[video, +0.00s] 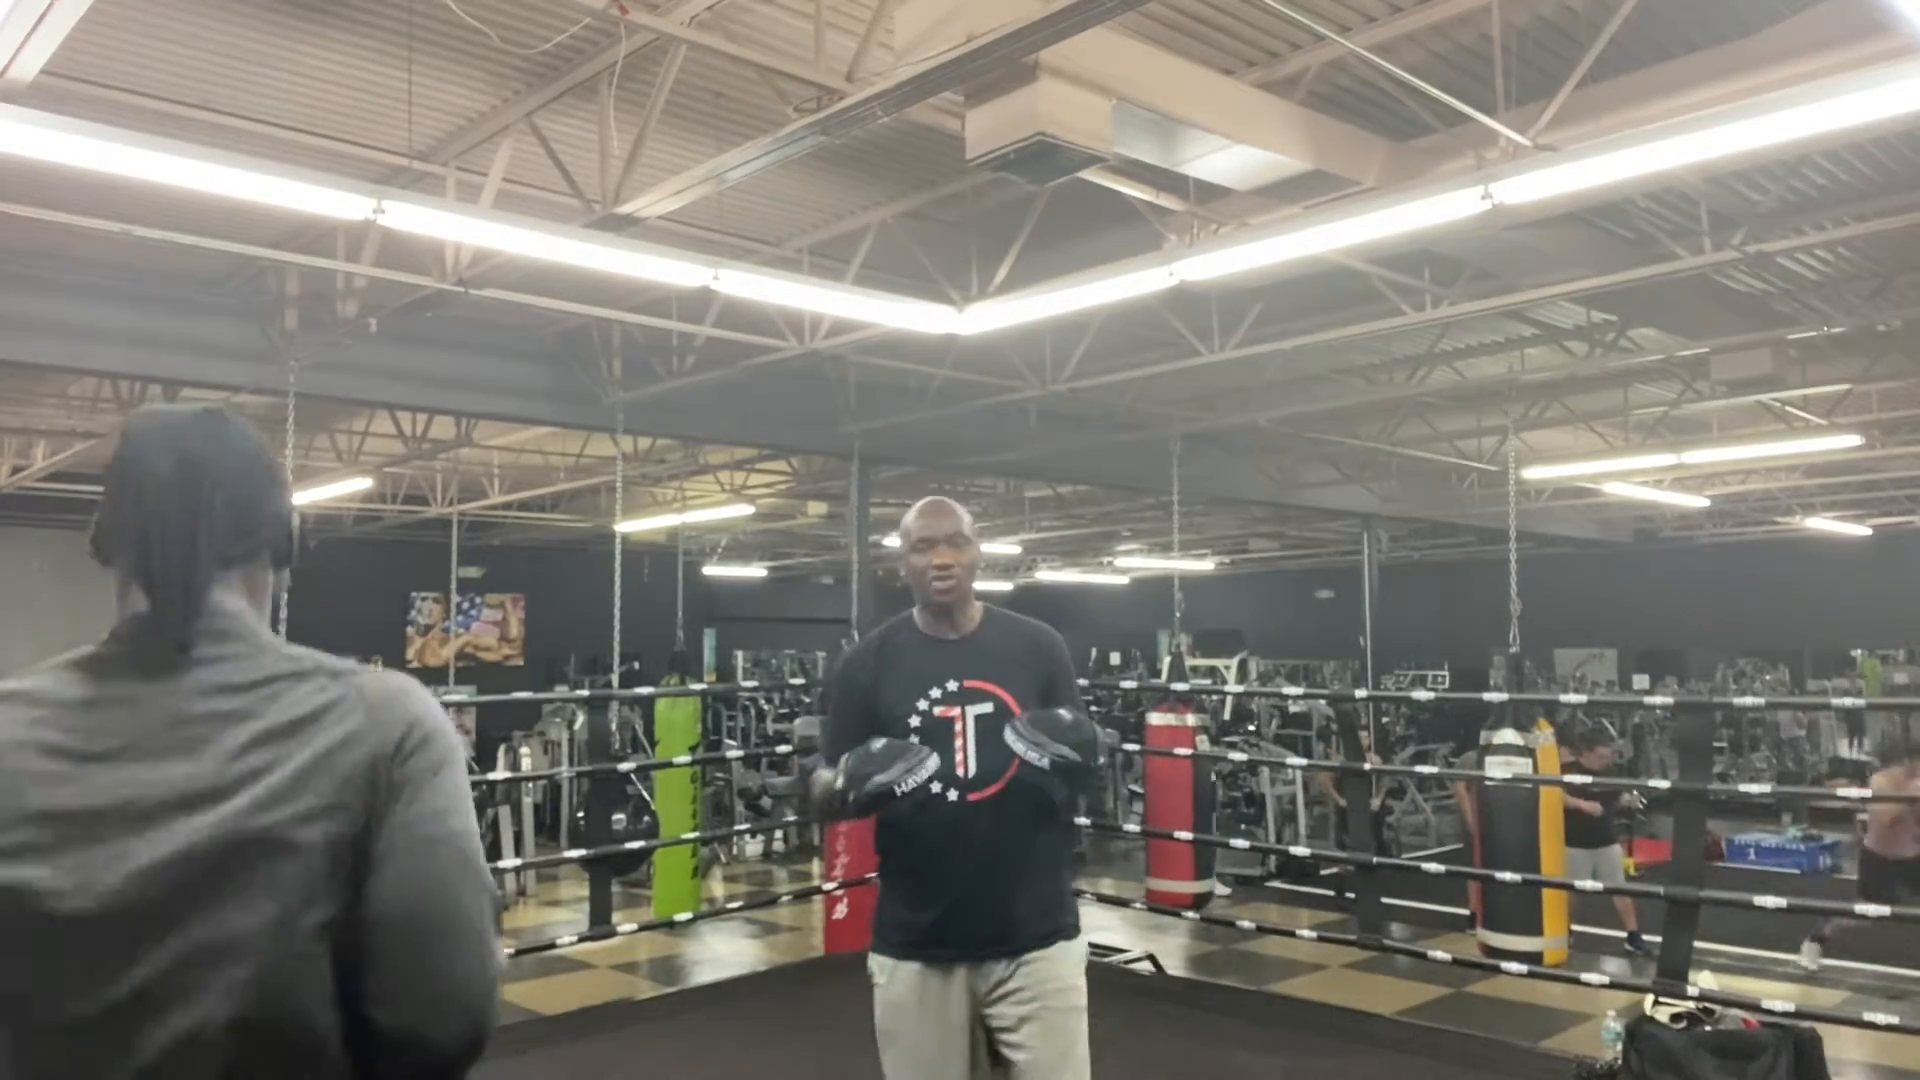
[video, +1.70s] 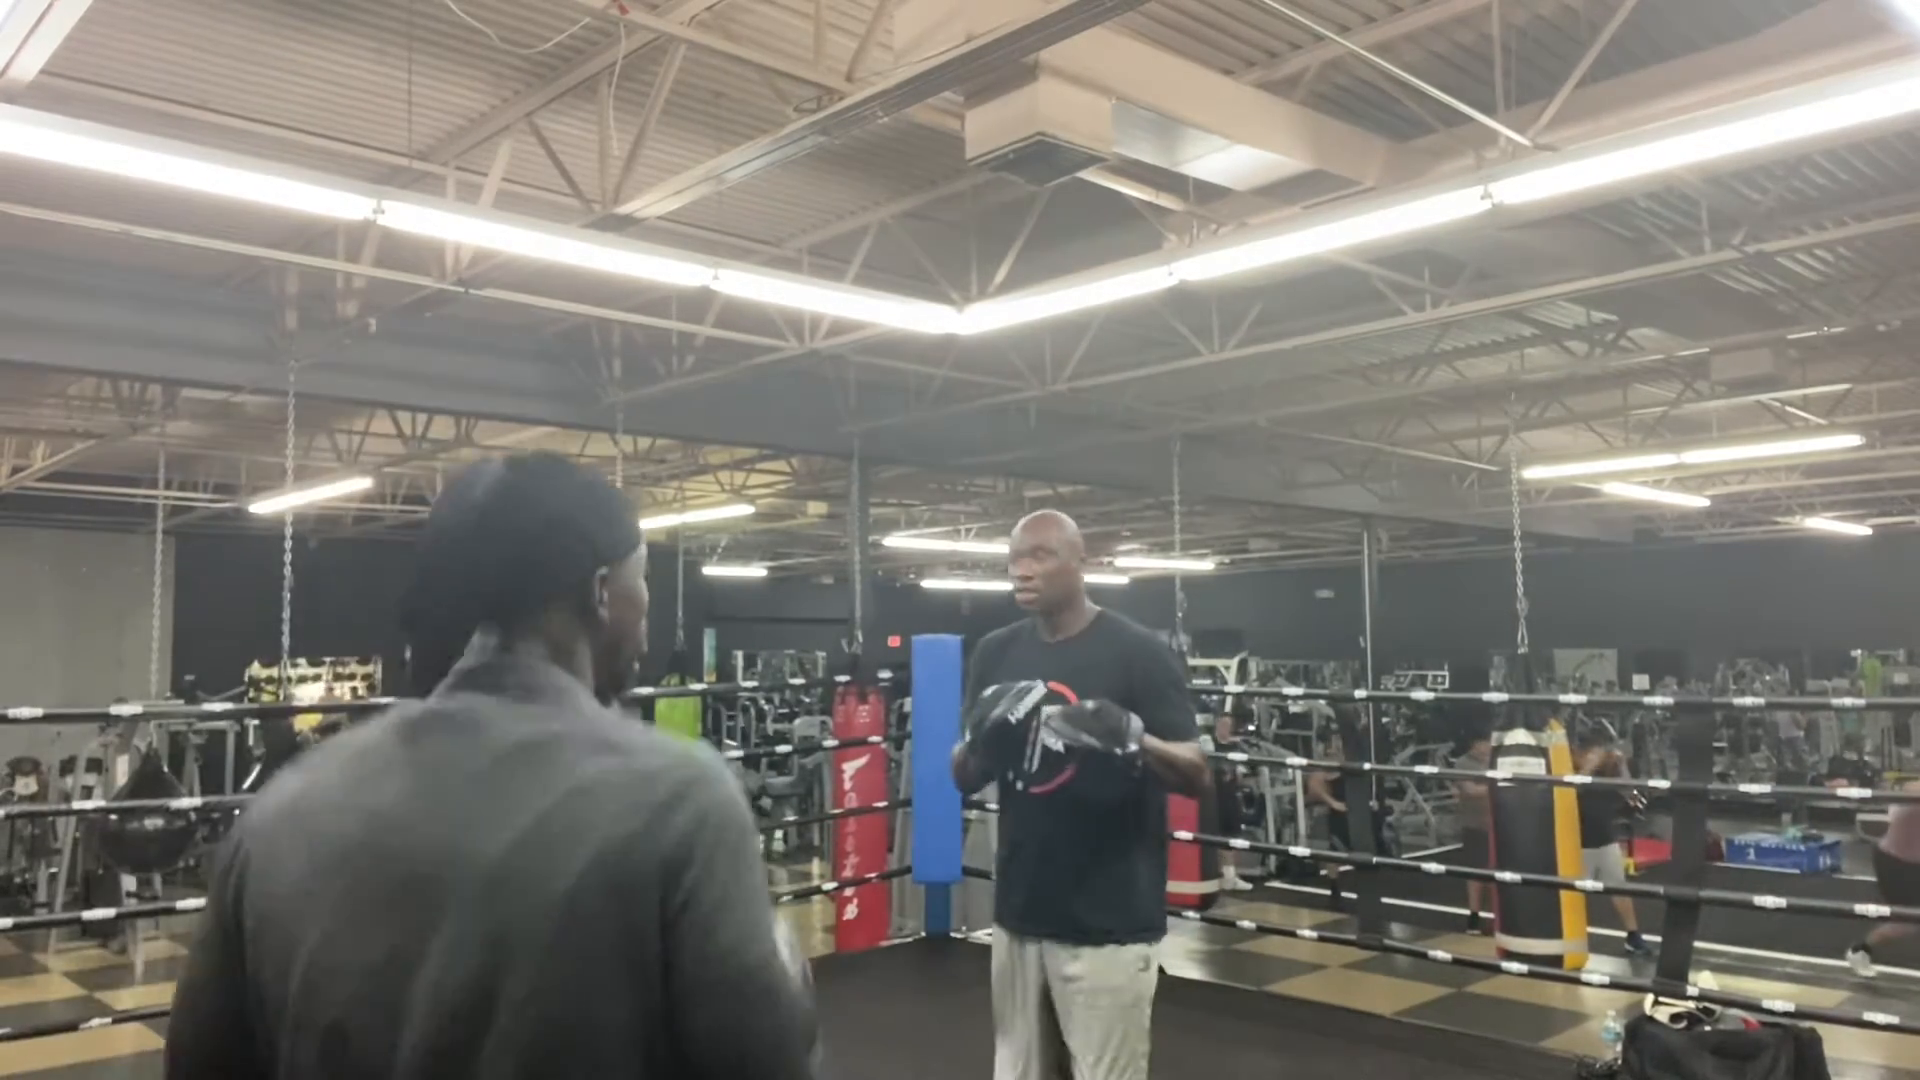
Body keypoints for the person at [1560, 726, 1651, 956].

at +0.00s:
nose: (1605, 761)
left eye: (1608, 756)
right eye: (1601, 755)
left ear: (1611, 754)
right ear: (1585, 752)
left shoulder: (1609, 775)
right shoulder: (1566, 773)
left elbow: (1610, 803)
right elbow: (1556, 797)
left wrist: (1625, 803)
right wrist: (1581, 804)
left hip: (1606, 842)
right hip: (1575, 843)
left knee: (1620, 889)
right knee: (1569, 891)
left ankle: (1633, 934)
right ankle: (1565, 932)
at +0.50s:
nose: (1575, 752)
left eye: (1580, 747)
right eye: (1575, 747)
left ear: (1596, 750)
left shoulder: (1615, 774)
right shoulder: (1567, 773)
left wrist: (1627, 805)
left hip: (1608, 841)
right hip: (1575, 842)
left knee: (1620, 890)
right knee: (1571, 890)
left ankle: (1633, 934)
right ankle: (1564, 932)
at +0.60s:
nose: (1576, 753)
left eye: (1580, 749)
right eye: (1579, 749)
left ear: (1593, 750)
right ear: (1575, 751)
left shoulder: (1615, 774)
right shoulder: (1568, 775)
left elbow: (1637, 800)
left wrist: (1613, 805)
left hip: (1608, 841)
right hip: (1575, 841)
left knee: (1620, 890)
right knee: (1569, 892)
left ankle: (1633, 935)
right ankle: (1561, 935)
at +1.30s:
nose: (1575, 757)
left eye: (1578, 751)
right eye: (1572, 752)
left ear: (1589, 753)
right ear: (1567, 753)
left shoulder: (1607, 772)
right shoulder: (1562, 776)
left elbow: (1632, 794)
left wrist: (1611, 797)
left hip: (1604, 841)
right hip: (1573, 843)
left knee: (1619, 889)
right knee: (1567, 893)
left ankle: (1633, 935)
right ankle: (1563, 938)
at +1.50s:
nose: (1586, 760)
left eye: (1590, 754)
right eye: (1581, 754)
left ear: (1596, 755)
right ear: (1570, 755)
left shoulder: (1604, 778)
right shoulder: (1564, 780)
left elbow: (1616, 804)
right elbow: (1556, 810)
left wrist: (1628, 803)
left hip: (1605, 842)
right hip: (1575, 844)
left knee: (1620, 889)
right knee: (1570, 893)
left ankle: (1633, 934)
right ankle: (1568, 940)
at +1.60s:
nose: (1589, 760)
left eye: (1593, 755)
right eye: (1584, 755)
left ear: (1599, 755)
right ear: (1574, 755)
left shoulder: (1609, 775)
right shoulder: (1565, 779)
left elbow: (1621, 802)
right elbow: (1559, 809)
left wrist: (1630, 802)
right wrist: (1576, 781)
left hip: (1607, 841)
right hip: (1577, 844)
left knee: (1619, 889)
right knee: (1572, 893)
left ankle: (1633, 935)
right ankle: (1570, 940)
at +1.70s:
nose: (1593, 757)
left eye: (1598, 752)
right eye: (1590, 753)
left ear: (1604, 751)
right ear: (1577, 752)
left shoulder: (1610, 763)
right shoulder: (1567, 765)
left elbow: (1627, 788)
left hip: (1606, 837)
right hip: (1578, 839)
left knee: (1619, 889)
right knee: (1574, 893)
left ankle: (1633, 935)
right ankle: (1570, 941)